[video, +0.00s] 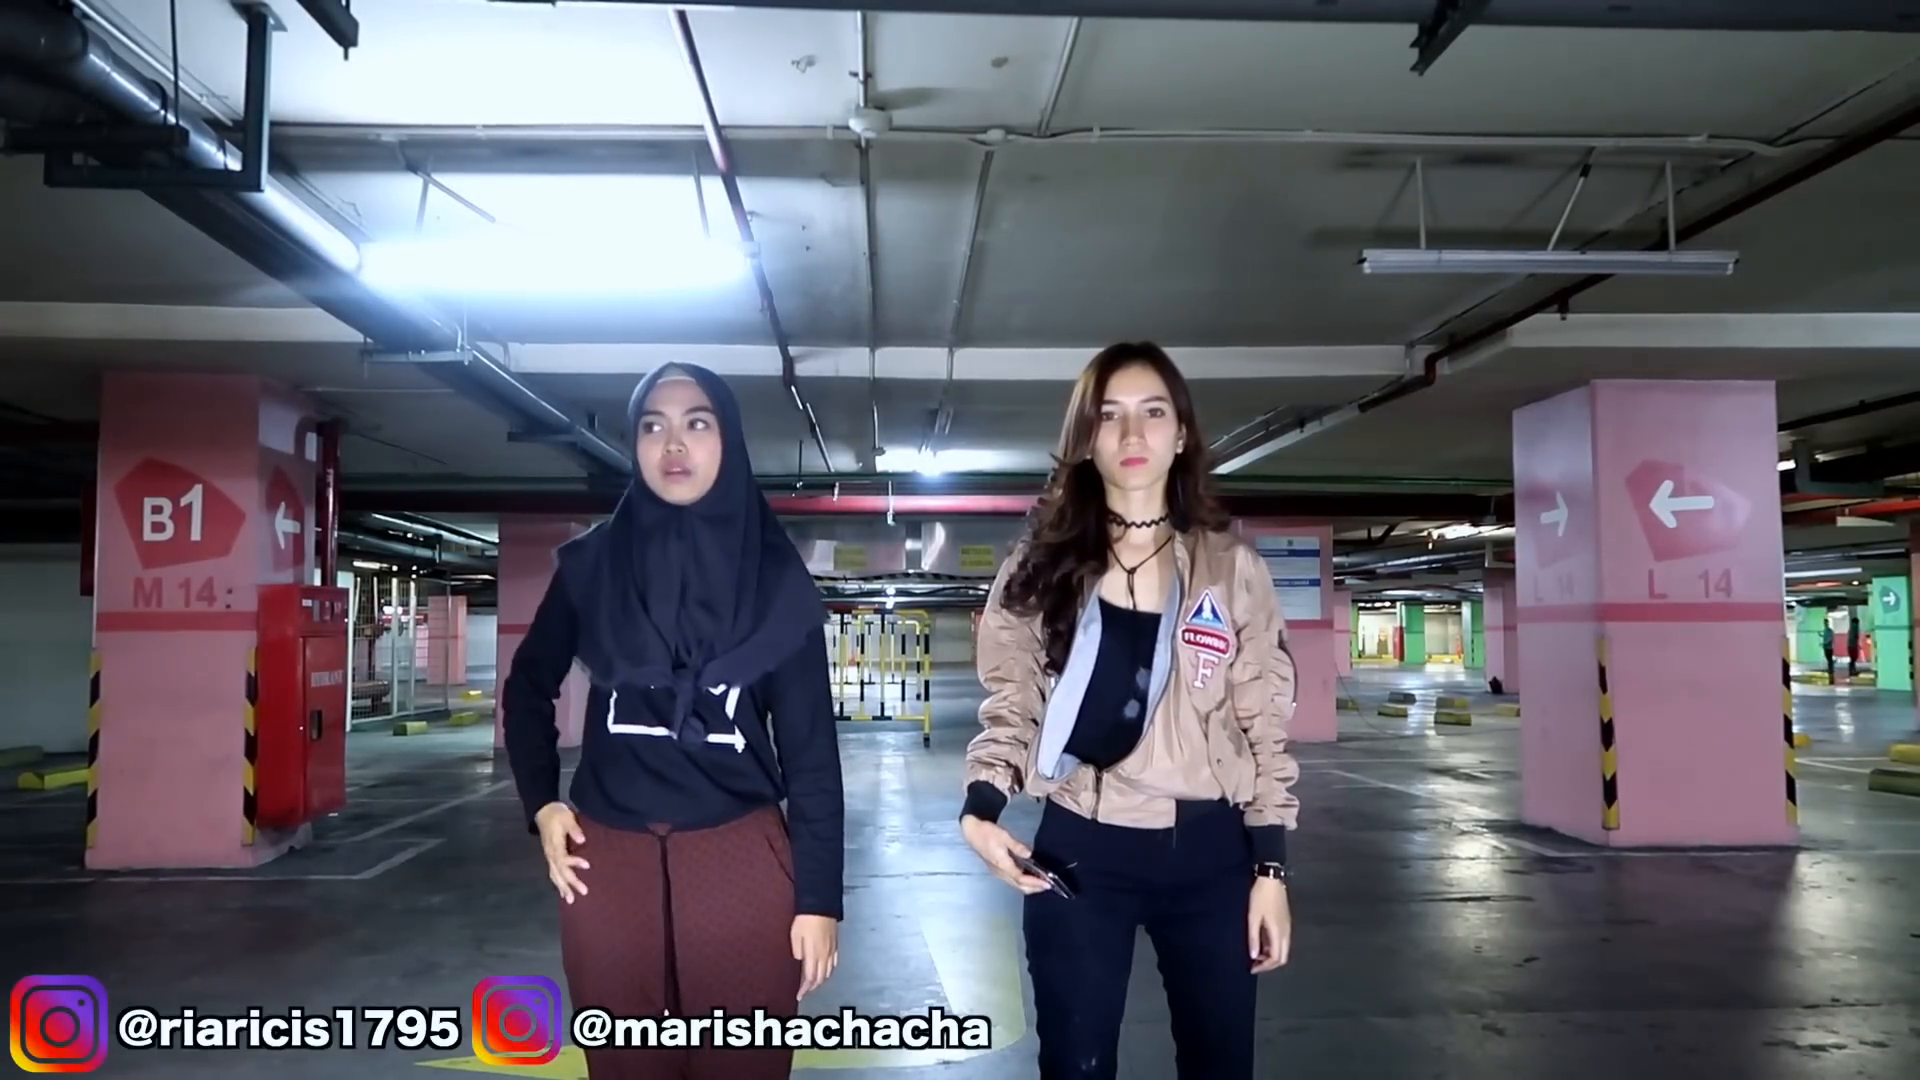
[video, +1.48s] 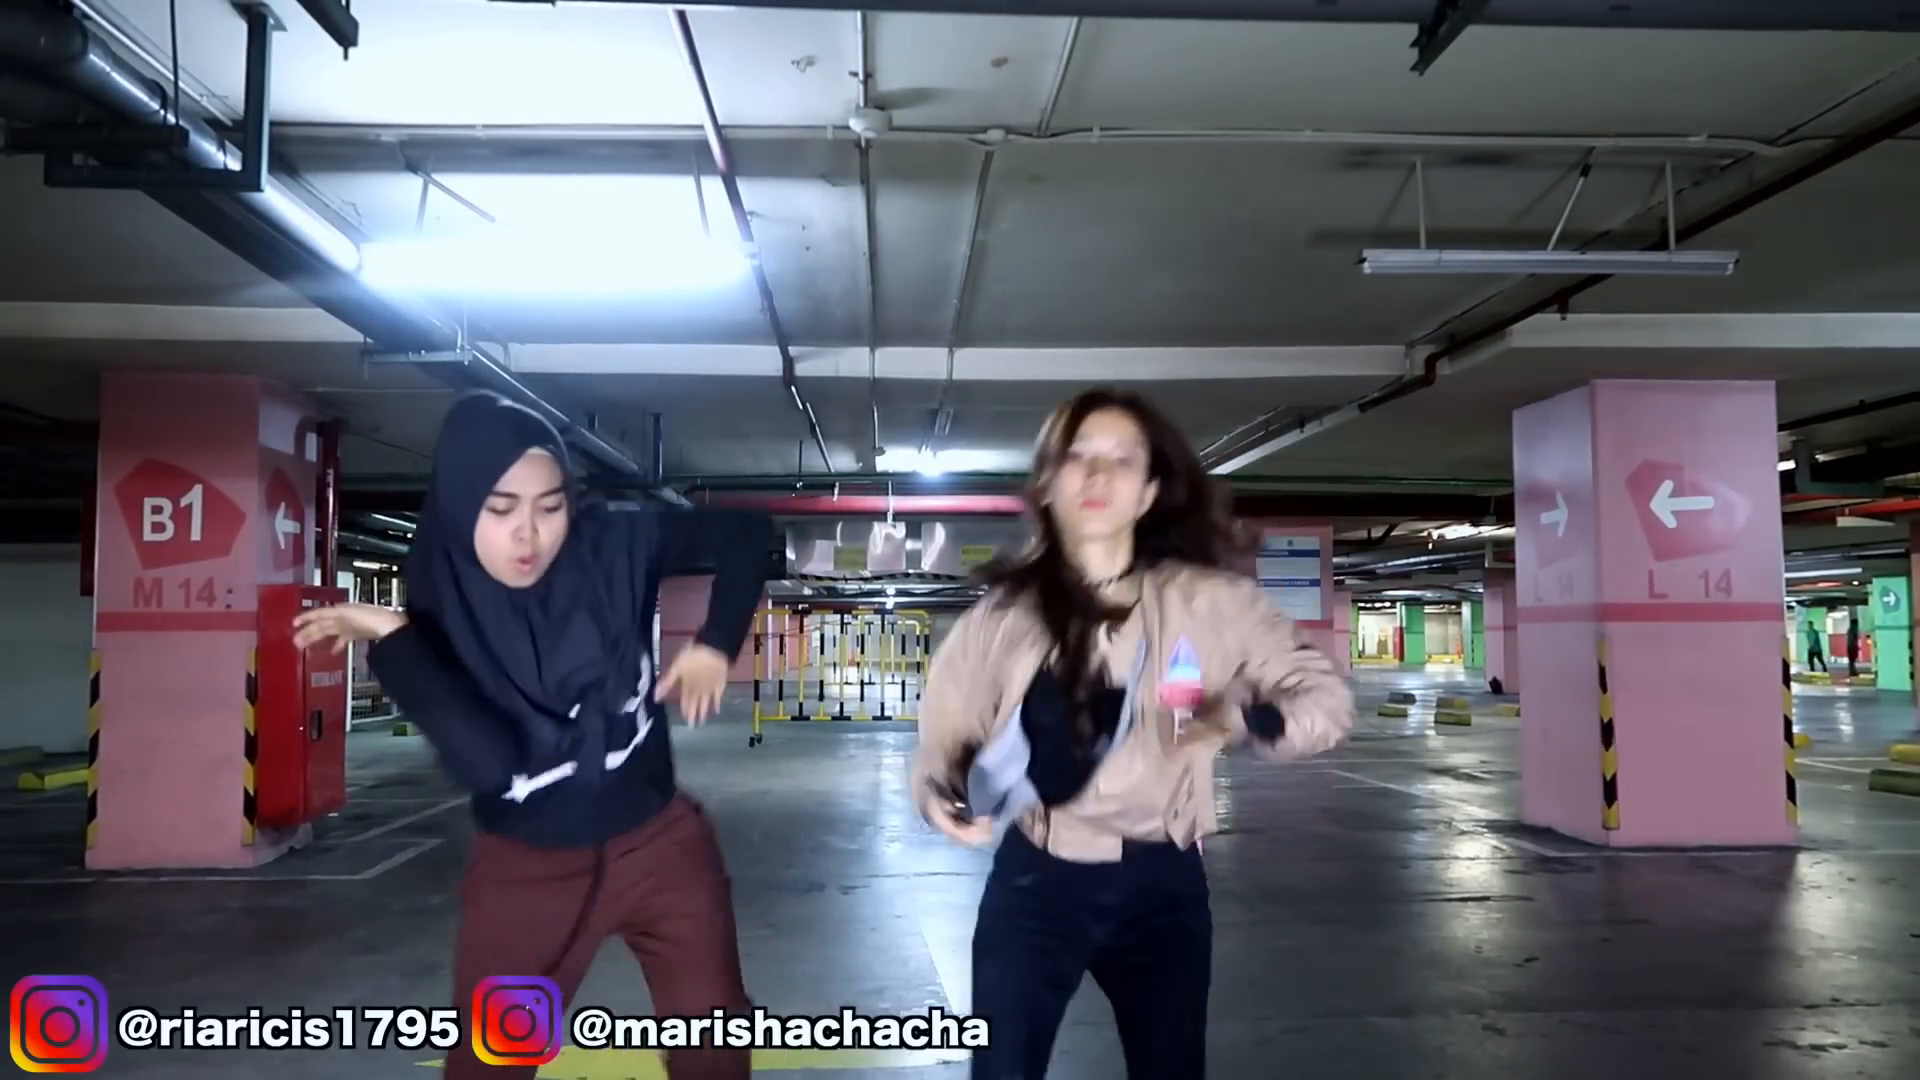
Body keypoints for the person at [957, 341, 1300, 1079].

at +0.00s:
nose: (1132, 432)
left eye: (1153, 412)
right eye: (1111, 415)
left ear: (1182, 431)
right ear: (1087, 438)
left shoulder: (1233, 565)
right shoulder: (1038, 564)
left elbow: (1263, 721)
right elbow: (1009, 703)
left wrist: (1270, 865)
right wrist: (978, 809)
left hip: (1207, 853)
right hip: (1078, 852)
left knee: (1221, 1067)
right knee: (1076, 1069)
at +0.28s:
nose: (1135, 431)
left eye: (1155, 411)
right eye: (1113, 414)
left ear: (1184, 431)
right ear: (1089, 438)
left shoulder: (1236, 565)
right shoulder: (1040, 564)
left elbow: (1265, 721)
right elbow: (1011, 705)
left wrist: (1272, 865)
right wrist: (980, 811)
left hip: (1209, 854)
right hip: (1080, 852)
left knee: (1222, 1066)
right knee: (1077, 1068)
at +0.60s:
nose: (1137, 428)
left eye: (1158, 408)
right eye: (1116, 412)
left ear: (1187, 431)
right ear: (1090, 436)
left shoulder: (1246, 566)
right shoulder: (1044, 563)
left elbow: (1292, 711)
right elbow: (1005, 689)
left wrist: (1281, 842)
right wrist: (992, 802)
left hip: (1221, 854)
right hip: (1089, 852)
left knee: (1230, 1066)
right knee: (1080, 1067)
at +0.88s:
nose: (1150, 489)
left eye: (1176, 465)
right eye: (1149, 470)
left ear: (1242, 485)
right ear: (1140, 485)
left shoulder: (1299, 645)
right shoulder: (1100, 598)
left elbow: (1376, 779)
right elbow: (1008, 689)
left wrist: (1307, 815)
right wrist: (992, 774)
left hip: (1233, 895)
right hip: (1105, 882)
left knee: (1270, 1070)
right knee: (1053, 1052)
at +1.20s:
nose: (1235, 454)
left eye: (1259, 438)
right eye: (1218, 436)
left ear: (1287, 464)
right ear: (1189, 458)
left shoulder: (1290, 627)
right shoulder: (1120, 559)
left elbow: (1284, 800)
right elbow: (1008, 612)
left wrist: (1257, 725)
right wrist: (934, 687)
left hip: (1180, 882)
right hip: (1060, 856)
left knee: (1180, 1069)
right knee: (965, 1060)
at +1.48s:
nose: (1095, 477)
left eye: (1120, 462)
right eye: (1078, 459)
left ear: (1152, 492)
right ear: (1047, 484)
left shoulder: (1213, 603)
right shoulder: (999, 619)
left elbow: (1327, 698)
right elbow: (940, 746)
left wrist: (1248, 720)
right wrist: (942, 798)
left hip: (1160, 891)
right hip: (1034, 886)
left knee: (1171, 1069)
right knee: (1001, 1067)